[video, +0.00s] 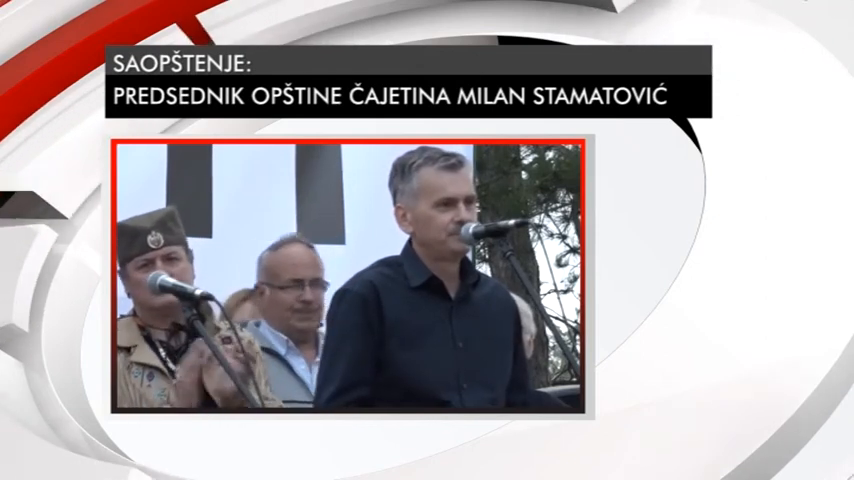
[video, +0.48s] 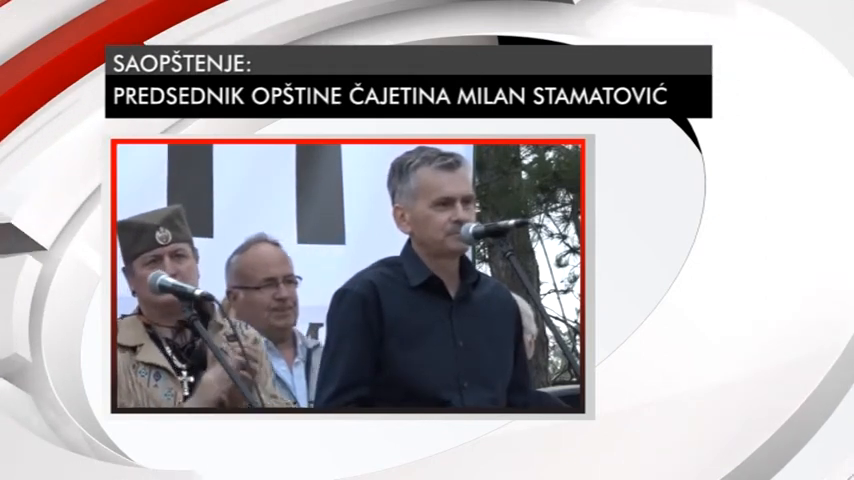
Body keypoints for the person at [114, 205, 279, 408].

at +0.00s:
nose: (161, 272)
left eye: (172, 259)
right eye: (145, 265)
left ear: (192, 268)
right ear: (125, 282)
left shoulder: (239, 342)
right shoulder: (108, 351)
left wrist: (235, 399)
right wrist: (178, 408)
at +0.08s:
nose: (160, 272)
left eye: (171, 259)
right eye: (144, 265)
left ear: (191, 268)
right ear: (124, 281)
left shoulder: (236, 340)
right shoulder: (111, 352)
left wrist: (240, 387)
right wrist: (196, 410)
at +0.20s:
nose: (161, 272)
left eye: (171, 259)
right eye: (144, 265)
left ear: (191, 268)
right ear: (124, 283)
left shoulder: (238, 340)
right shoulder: (111, 352)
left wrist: (236, 399)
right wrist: (191, 399)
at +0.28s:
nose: (163, 270)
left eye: (174, 257)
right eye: (147, 263)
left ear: (193, 265)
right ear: (126, 281)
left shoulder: (237, 338)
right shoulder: (111, 351)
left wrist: (240, 401)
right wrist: (179, 409)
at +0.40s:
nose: (167, 270)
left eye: (177, 256)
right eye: (151, 262)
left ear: (196, 266)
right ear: (129, 281)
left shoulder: (240, 336)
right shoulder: (115, 351)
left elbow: (279, 411)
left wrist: (241, 390)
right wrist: (202, 408)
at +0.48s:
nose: (169, 270)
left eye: (179, 256)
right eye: (153, 261)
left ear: (197, 266)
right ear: (130, 281)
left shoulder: (244, 337)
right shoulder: (116, 351)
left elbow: (283, 412)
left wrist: (245, 400)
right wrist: (208, 392)